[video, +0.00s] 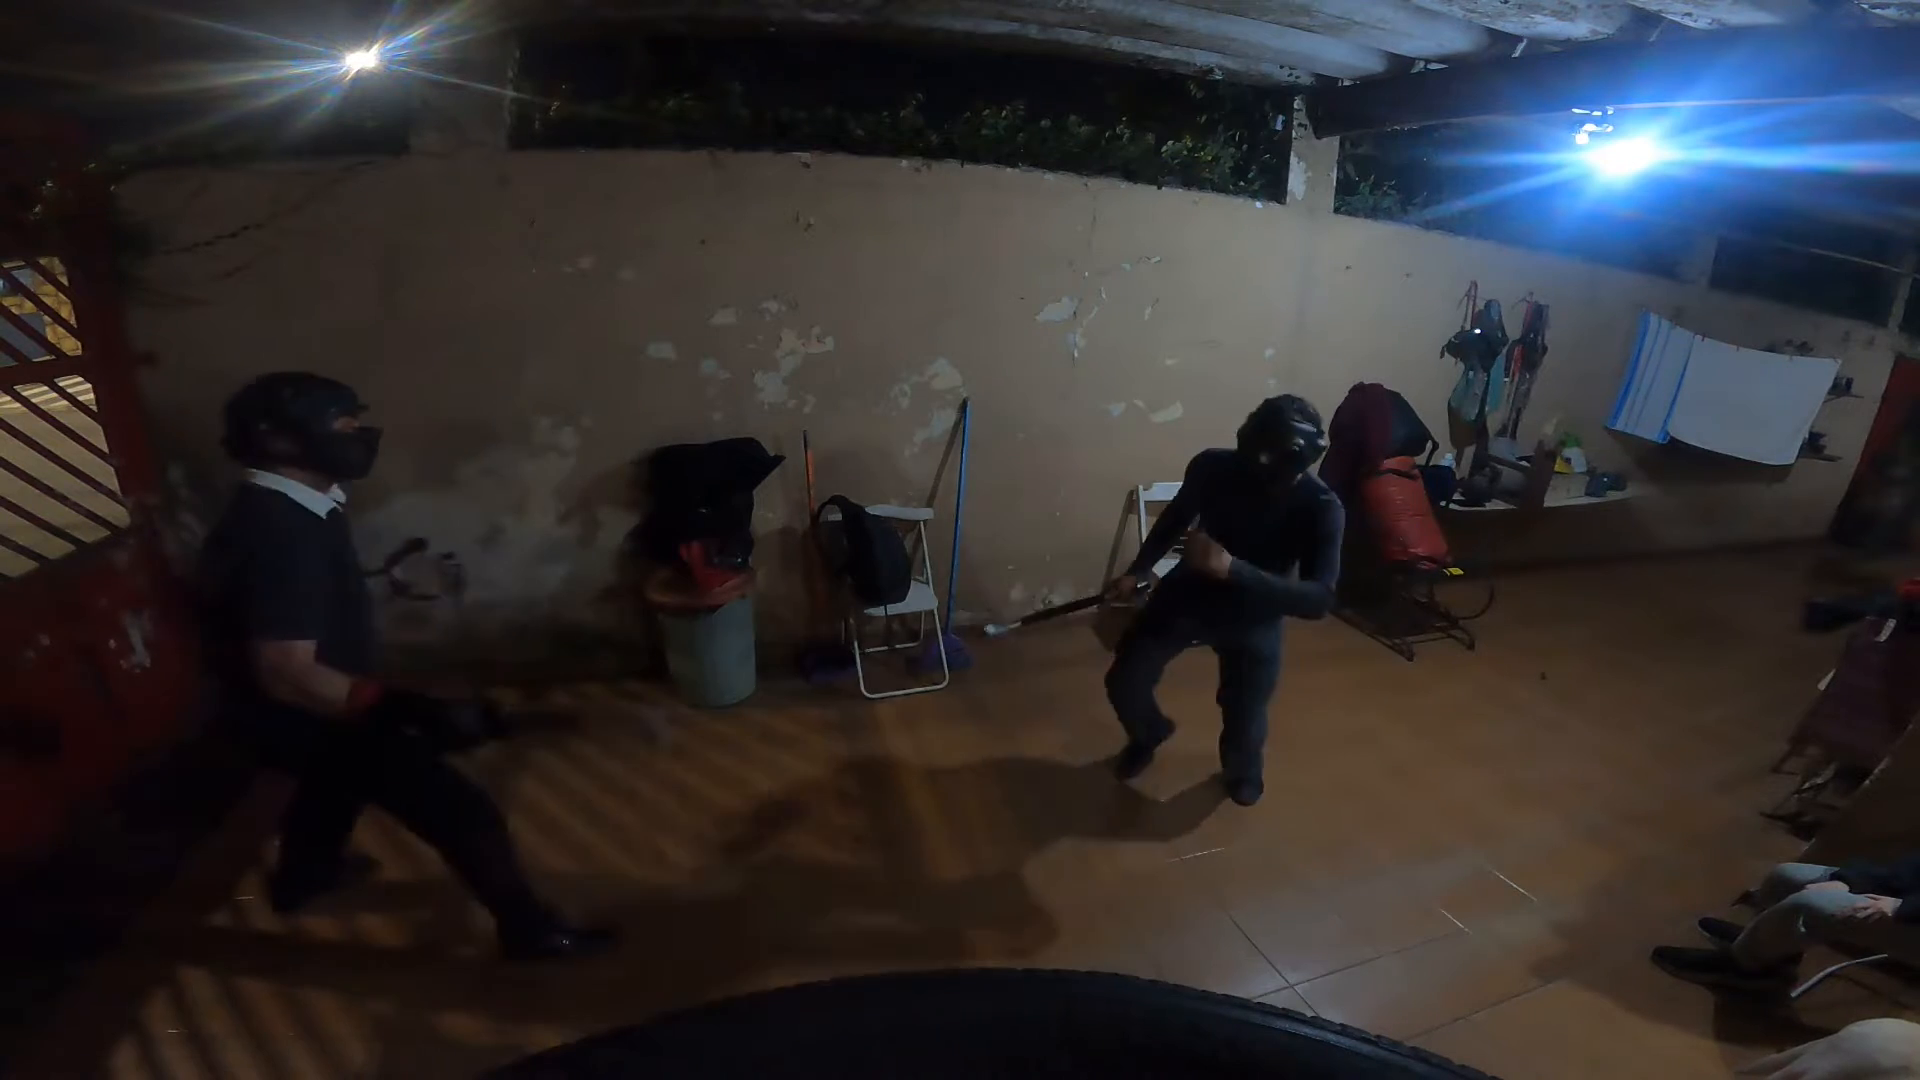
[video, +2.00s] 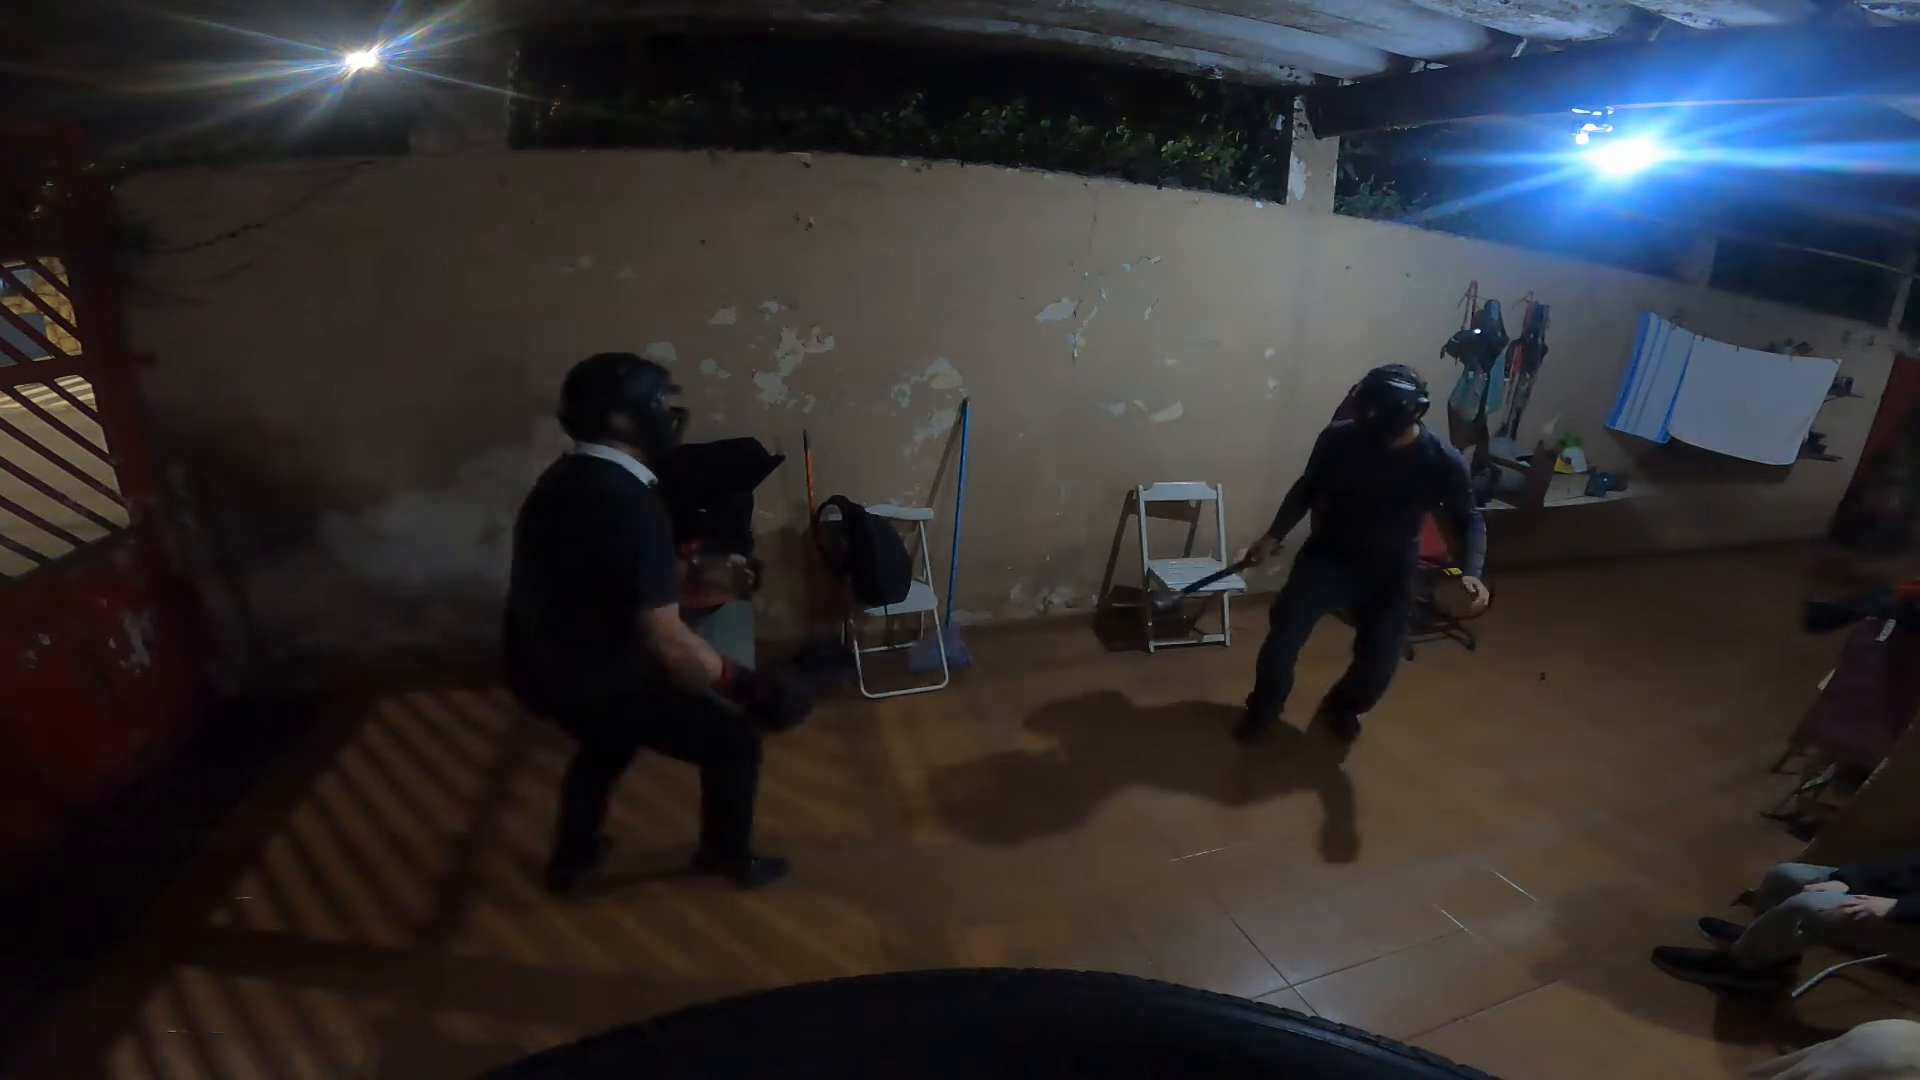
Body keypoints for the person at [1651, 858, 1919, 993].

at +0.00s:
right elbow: (1911, 870)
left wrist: (1903, 908)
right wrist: (1847, 878)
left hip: (1912, 923)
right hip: (1904, 891)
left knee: (1807, 905)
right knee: (1785, 877)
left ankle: (1740, 962)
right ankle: (1755, 942)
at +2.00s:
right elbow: (1911, 866)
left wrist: (1898, 908)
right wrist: (1849, 881)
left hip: (1910, 926)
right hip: (1900, 894)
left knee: (1803, 908)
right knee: (1785, 877)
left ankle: (1739, 962)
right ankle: (1762, 946)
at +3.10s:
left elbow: (1913, 916)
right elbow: (1910, 870)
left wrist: (1856, 909)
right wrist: (1843, 884)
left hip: (1911, 928)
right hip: (1904, 890)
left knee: (1800, 914)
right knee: (1783, 880)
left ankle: (1742, 963)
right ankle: (1756, 944)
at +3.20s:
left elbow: (1913, 916)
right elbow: (1910, 870)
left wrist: (1857, 909)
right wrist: (1844, 883)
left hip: (1910, 930)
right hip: (1903, 891)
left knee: (1800, 914)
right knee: (1783, 880)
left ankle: (1741, 962)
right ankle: (1756, 944)